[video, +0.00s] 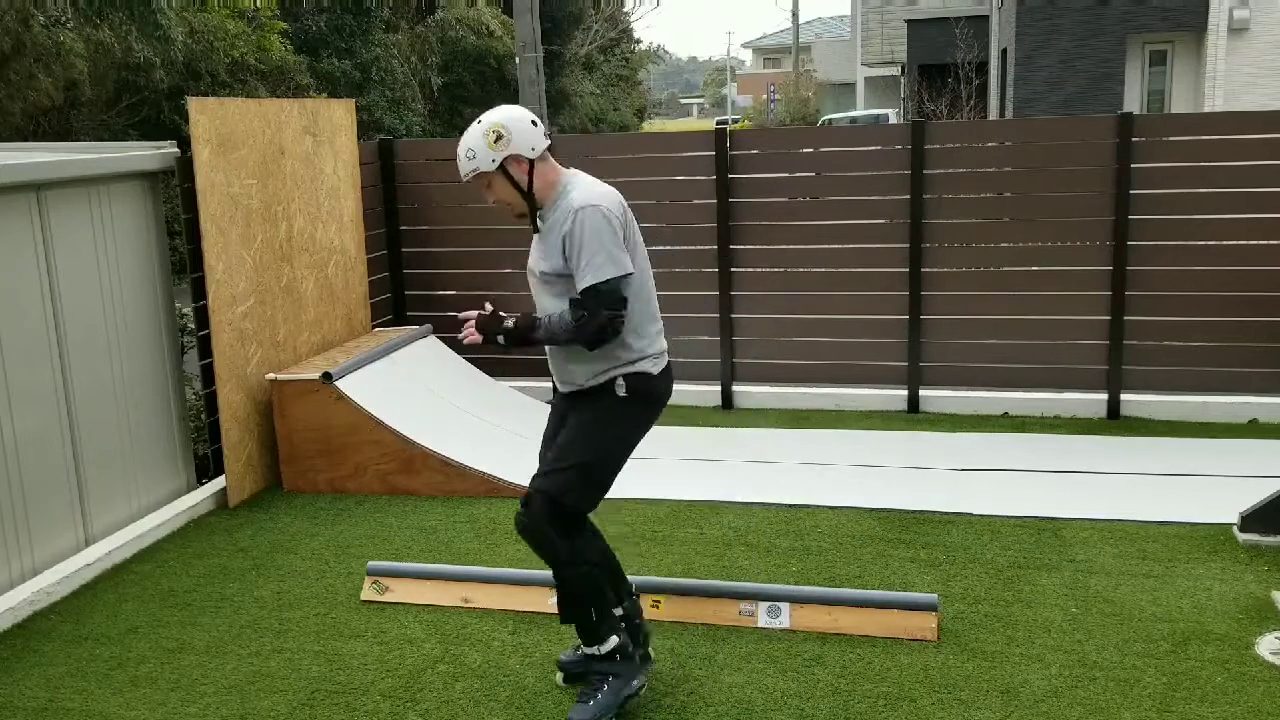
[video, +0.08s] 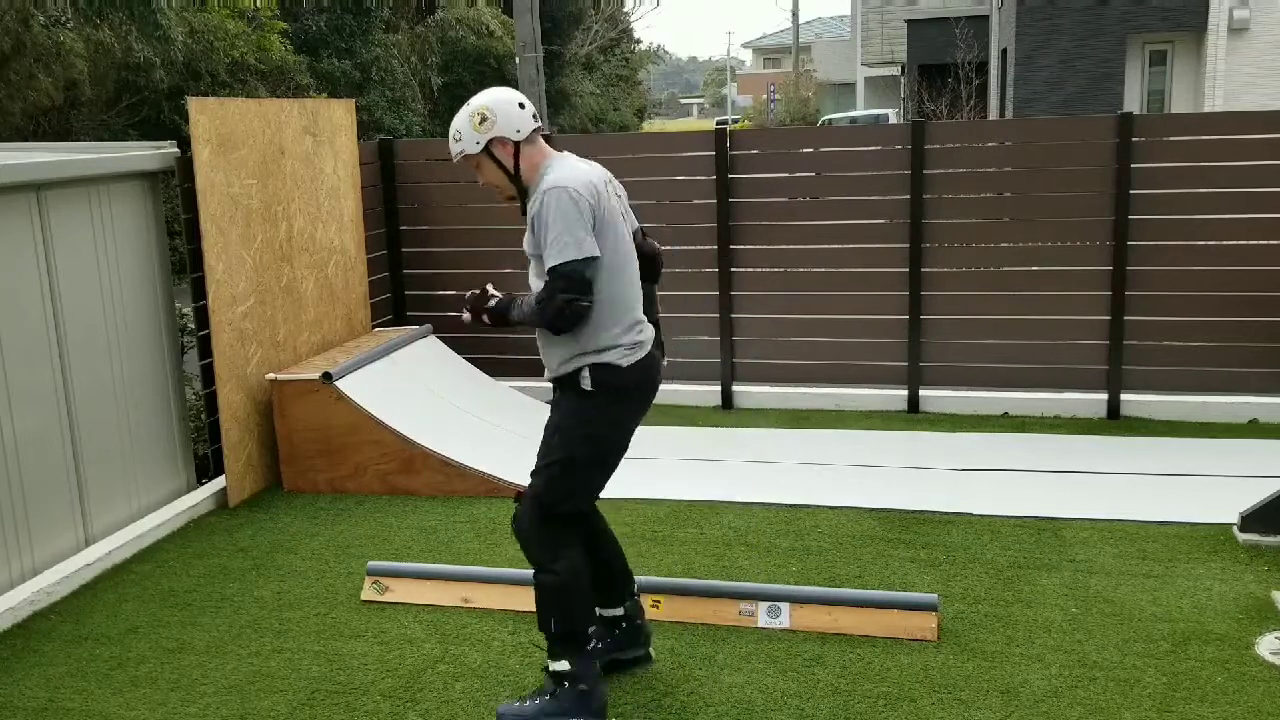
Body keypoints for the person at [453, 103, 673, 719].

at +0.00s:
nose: (489, 195)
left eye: (489, 182)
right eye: (483, 185)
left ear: (520, 166)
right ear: (523, 167)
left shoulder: (587, 209)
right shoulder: (558, 213)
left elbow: (600, 319)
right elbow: (573, 315)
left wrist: (518, 329)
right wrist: (510, 326)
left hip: (622, 384)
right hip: (583, 385)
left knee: (549, 514)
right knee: (547, 514)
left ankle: (626, 653)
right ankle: (609, 639)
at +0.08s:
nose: (483, 177)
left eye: (480, 163)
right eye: (476, 165)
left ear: (505, 146)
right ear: (527, 137)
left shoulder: (558, 192)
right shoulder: (590, 175)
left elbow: (566, 307)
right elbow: (646, 259)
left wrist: (502, 309)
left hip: (598, 376)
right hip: (626, 366)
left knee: (541, 518)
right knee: (568, 505)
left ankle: (573, 686)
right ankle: (622, 630)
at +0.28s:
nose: (485, 163)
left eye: (481, 149)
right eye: (479, 151)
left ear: (494, 136)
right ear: (539, 127)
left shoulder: (512, 182)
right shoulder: (608, 178)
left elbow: (484, 293)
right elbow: (679, 260)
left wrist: (469, 305)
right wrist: (695, 337)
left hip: (560, 384)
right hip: (617, 368)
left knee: (530, 533)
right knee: (587, 504)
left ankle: (552, 686)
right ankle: (624, 628)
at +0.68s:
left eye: (509, 122)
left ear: (509, 125)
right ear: (570, 119)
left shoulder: (478, 185)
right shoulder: (611, 179)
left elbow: (447, 292)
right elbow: (654, 289)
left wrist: (464, 340)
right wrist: (679, 371)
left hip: (507, 384)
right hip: (598, 378)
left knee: (522, 540)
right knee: (624, 518)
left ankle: (548, 692)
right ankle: (630, 673)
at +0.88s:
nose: (602, 128)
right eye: (603, 119)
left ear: (541, 123)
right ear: (601, 120)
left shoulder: (498, 186)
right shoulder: (624, 182)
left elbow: (466, 294)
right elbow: (652, 293)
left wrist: (522, 273)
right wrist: (679, 374)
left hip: (519, 383)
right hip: (609, 382)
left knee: (528, 528)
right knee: (632, 534)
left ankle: (536, 683)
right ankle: (620, 690)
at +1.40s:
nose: (655, 185)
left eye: (655, 178)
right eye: (655, 177)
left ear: (595, 173)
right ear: (646, 171)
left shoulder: (547, 212)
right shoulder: (638, 206)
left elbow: (510, 295)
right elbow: (630, 283)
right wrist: (666, 385)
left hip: (515, 379)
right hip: (595, 381)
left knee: (553, 496)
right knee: (667, 483)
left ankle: (532, 641)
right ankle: (673, 637)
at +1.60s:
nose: (663, 214)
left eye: (660, 209)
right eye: (662, 208)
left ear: (609, 208)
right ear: (657, 207)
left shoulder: (567, 243)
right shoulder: (658, 241)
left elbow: (519, 312)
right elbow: (698, 321)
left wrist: (546, 369)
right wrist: (736, 407)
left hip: (527, 394)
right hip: (608, 397)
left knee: (568, 496)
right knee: (679, 490)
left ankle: (536, 637)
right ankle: (693, 634)